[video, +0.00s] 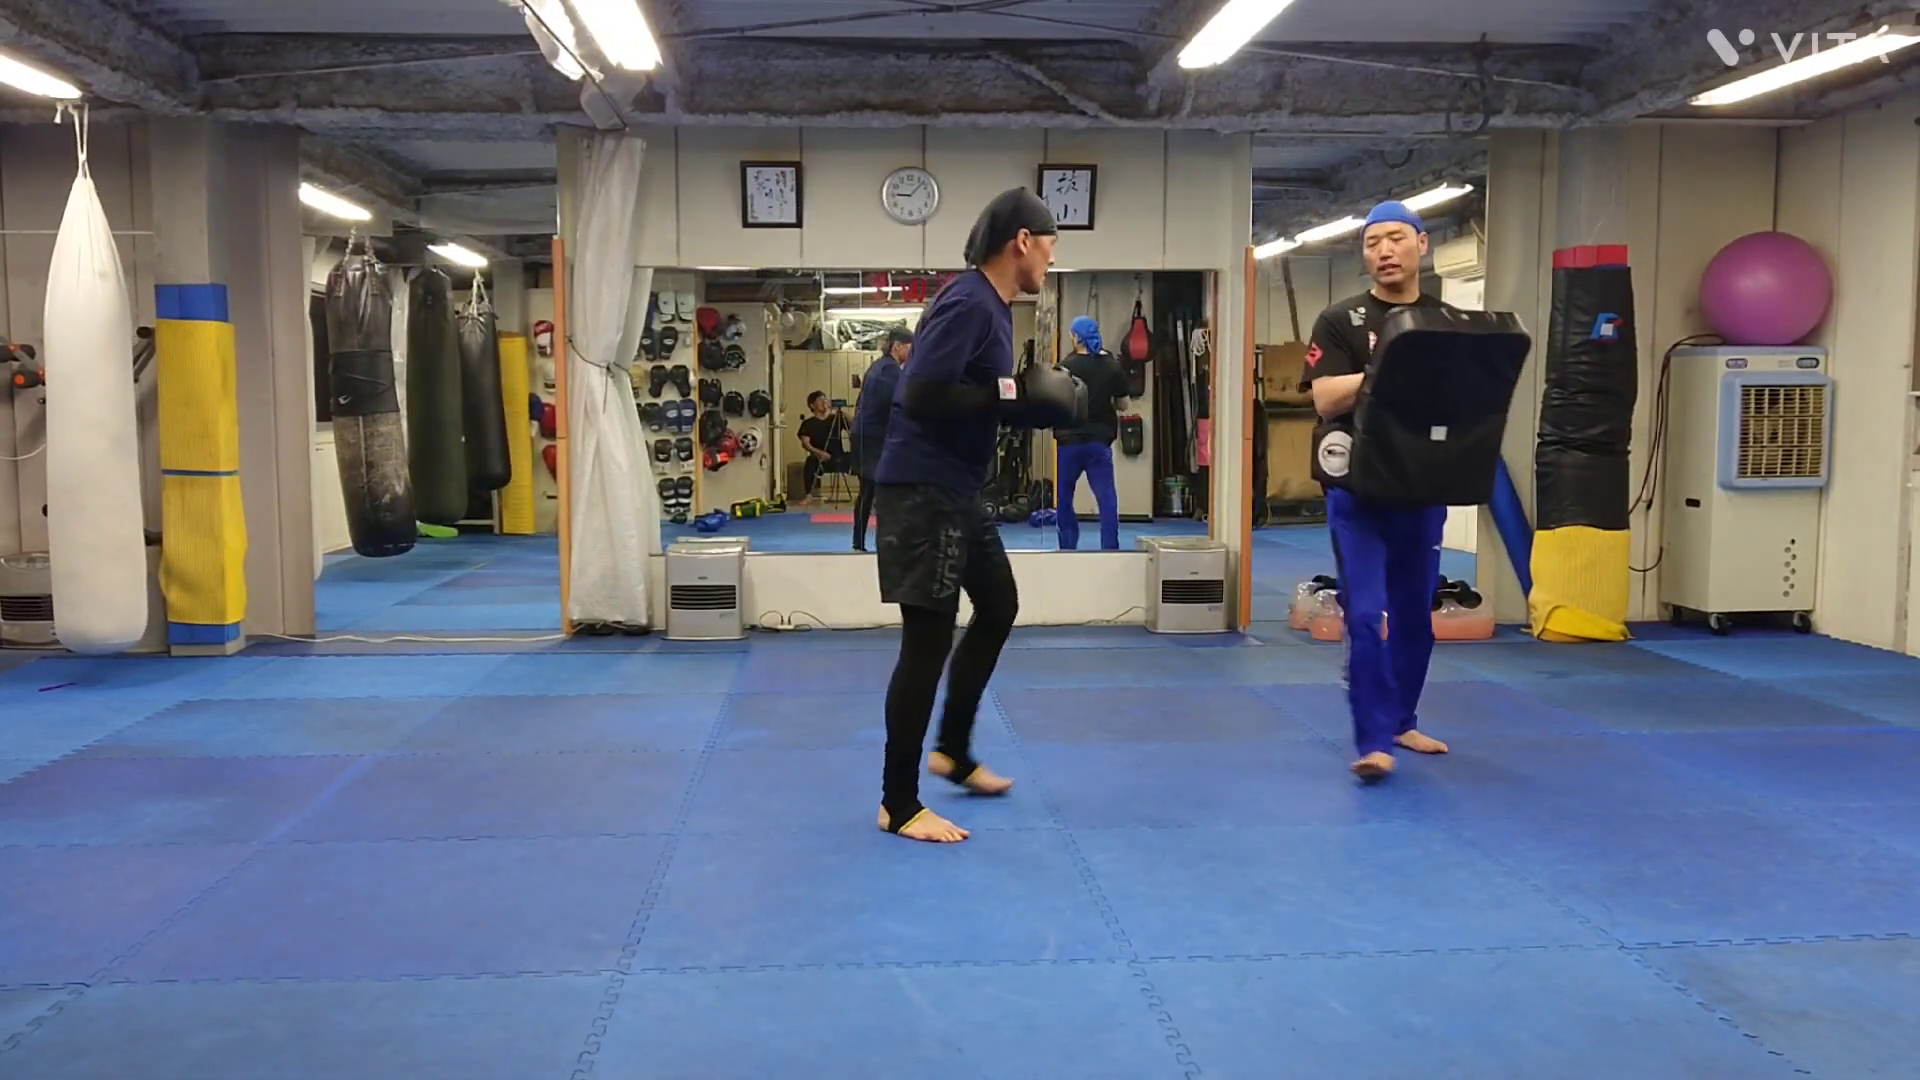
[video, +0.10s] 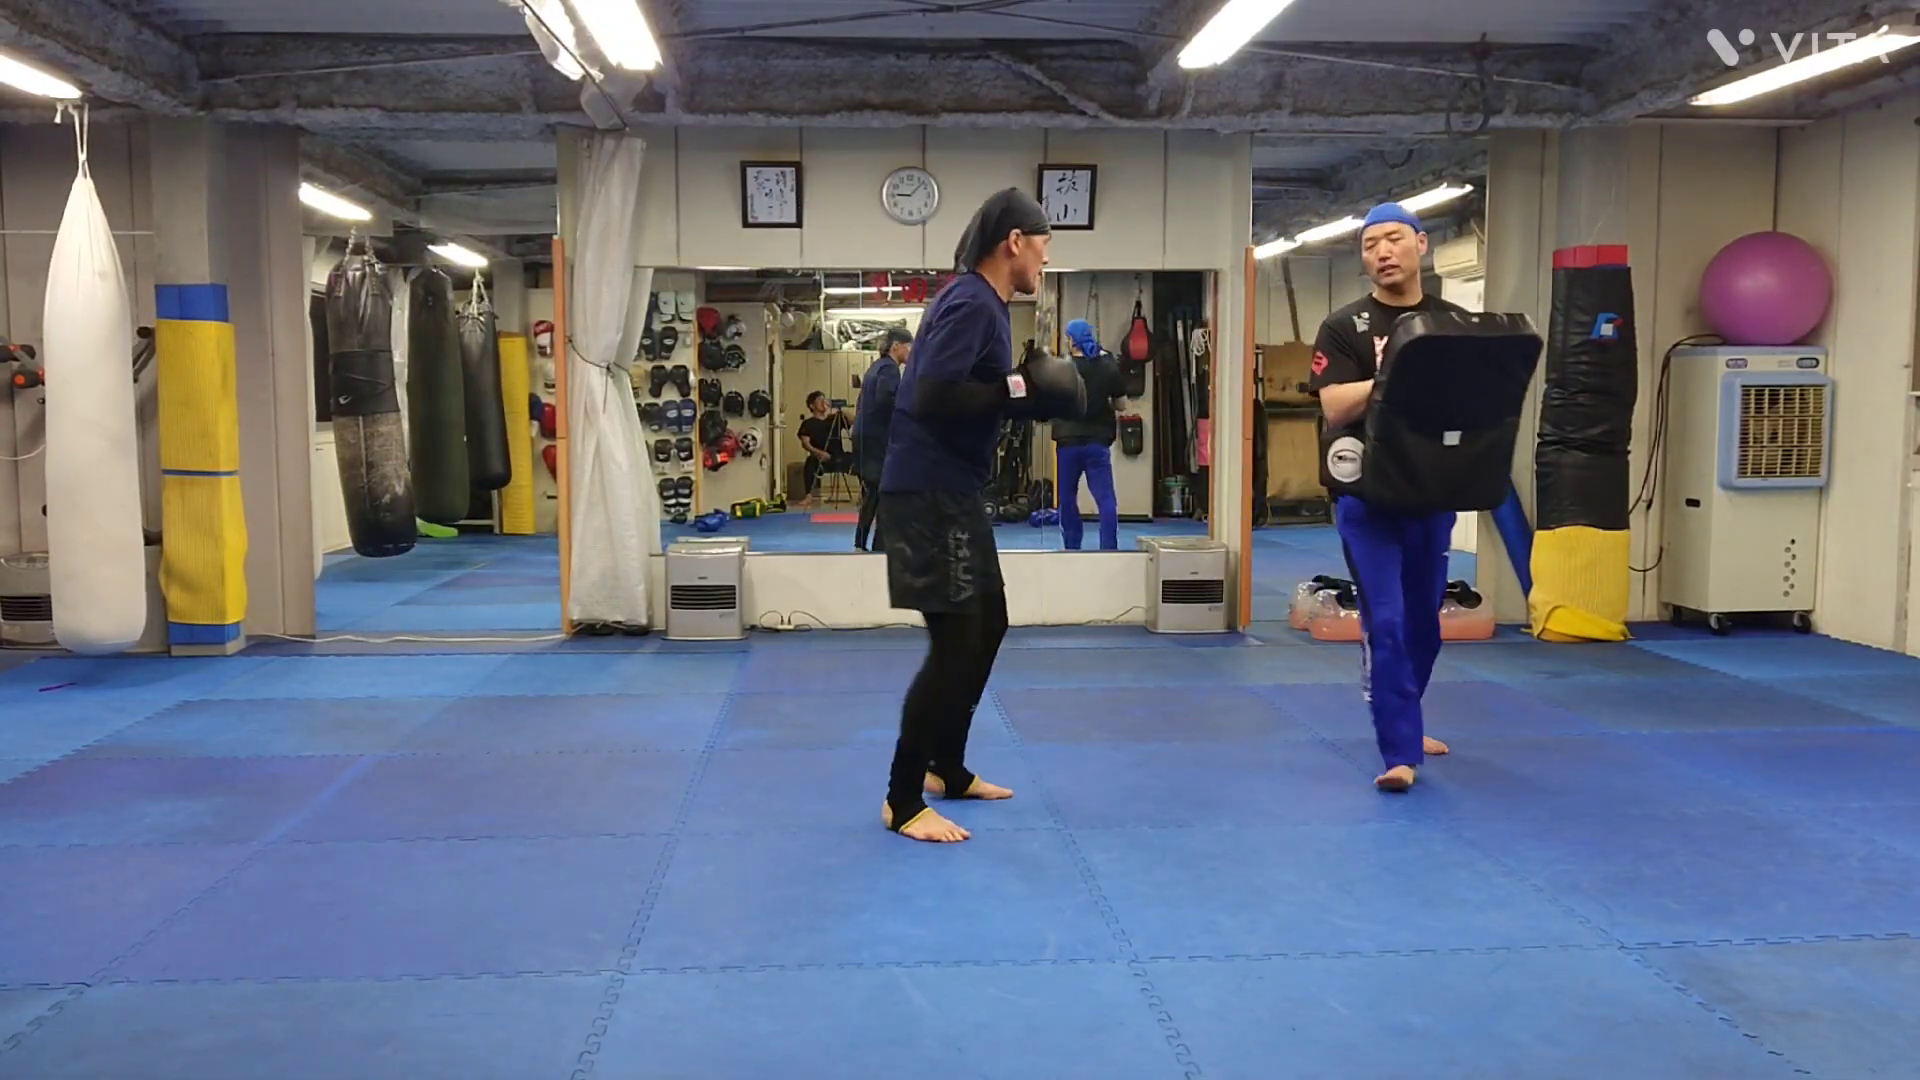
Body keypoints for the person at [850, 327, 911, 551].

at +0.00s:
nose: (910, 353)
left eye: (910, 349)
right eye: (909, 348)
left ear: (895, 346)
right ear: (897, 346)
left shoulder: (878, 366)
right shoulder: (890, 369)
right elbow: (901, 400)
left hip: (866, 434)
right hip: (875, 437)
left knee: (867, 490)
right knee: (871, 489)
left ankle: (859, 540)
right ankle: (859, 540)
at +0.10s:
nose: (910, 352)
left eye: (910, 347)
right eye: (907, 347)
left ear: (893, 347)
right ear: (895, 346)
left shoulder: (877, 367)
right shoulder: (889, 369)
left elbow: (866, 401)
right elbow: (886, 400)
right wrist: (907, 411)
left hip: (866, 436)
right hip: (877, 438)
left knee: (872, 490)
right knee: (880, 490)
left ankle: (861, 540)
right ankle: (878, 543)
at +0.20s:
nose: (910, 354)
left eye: (910, 349)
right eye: (908, 349)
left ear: (893, 349)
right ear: (895, 348)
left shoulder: (877, 369)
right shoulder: (887, 371)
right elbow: (885, 401)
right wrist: (909, 403)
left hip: (867, 437)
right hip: (877, 439)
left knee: (876, 489)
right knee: (884, 490)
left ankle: (861, 538)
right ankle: (878, 545)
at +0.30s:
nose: (907, 353)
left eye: (907, 348)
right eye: (905, 347)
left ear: (891, 348)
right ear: (893, 348)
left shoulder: (875, 368)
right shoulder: (884, 372)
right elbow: (886, 403)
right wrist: (909, 403)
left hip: (868, 436)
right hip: (876, 439)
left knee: (872, 486)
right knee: (879, 488)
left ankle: (854, 533)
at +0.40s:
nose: (901, 350)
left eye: (901, 346)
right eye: (899, 345)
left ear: (886, 347)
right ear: (887, 347)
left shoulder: (875, 367)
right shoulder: (879, 371)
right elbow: (887, 404)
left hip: (874, 436)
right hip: (872, 437)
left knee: (877, 486)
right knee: (870, 484)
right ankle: (844, 533)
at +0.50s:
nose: (891, 351)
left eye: (891, 347)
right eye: (888, 347)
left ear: (876, 350)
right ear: (877, 349)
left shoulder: (865, 370)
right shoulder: (875, 375)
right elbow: (879, 407)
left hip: (862, 439)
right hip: (871, 441)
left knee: (861, 488)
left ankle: (838, 535)